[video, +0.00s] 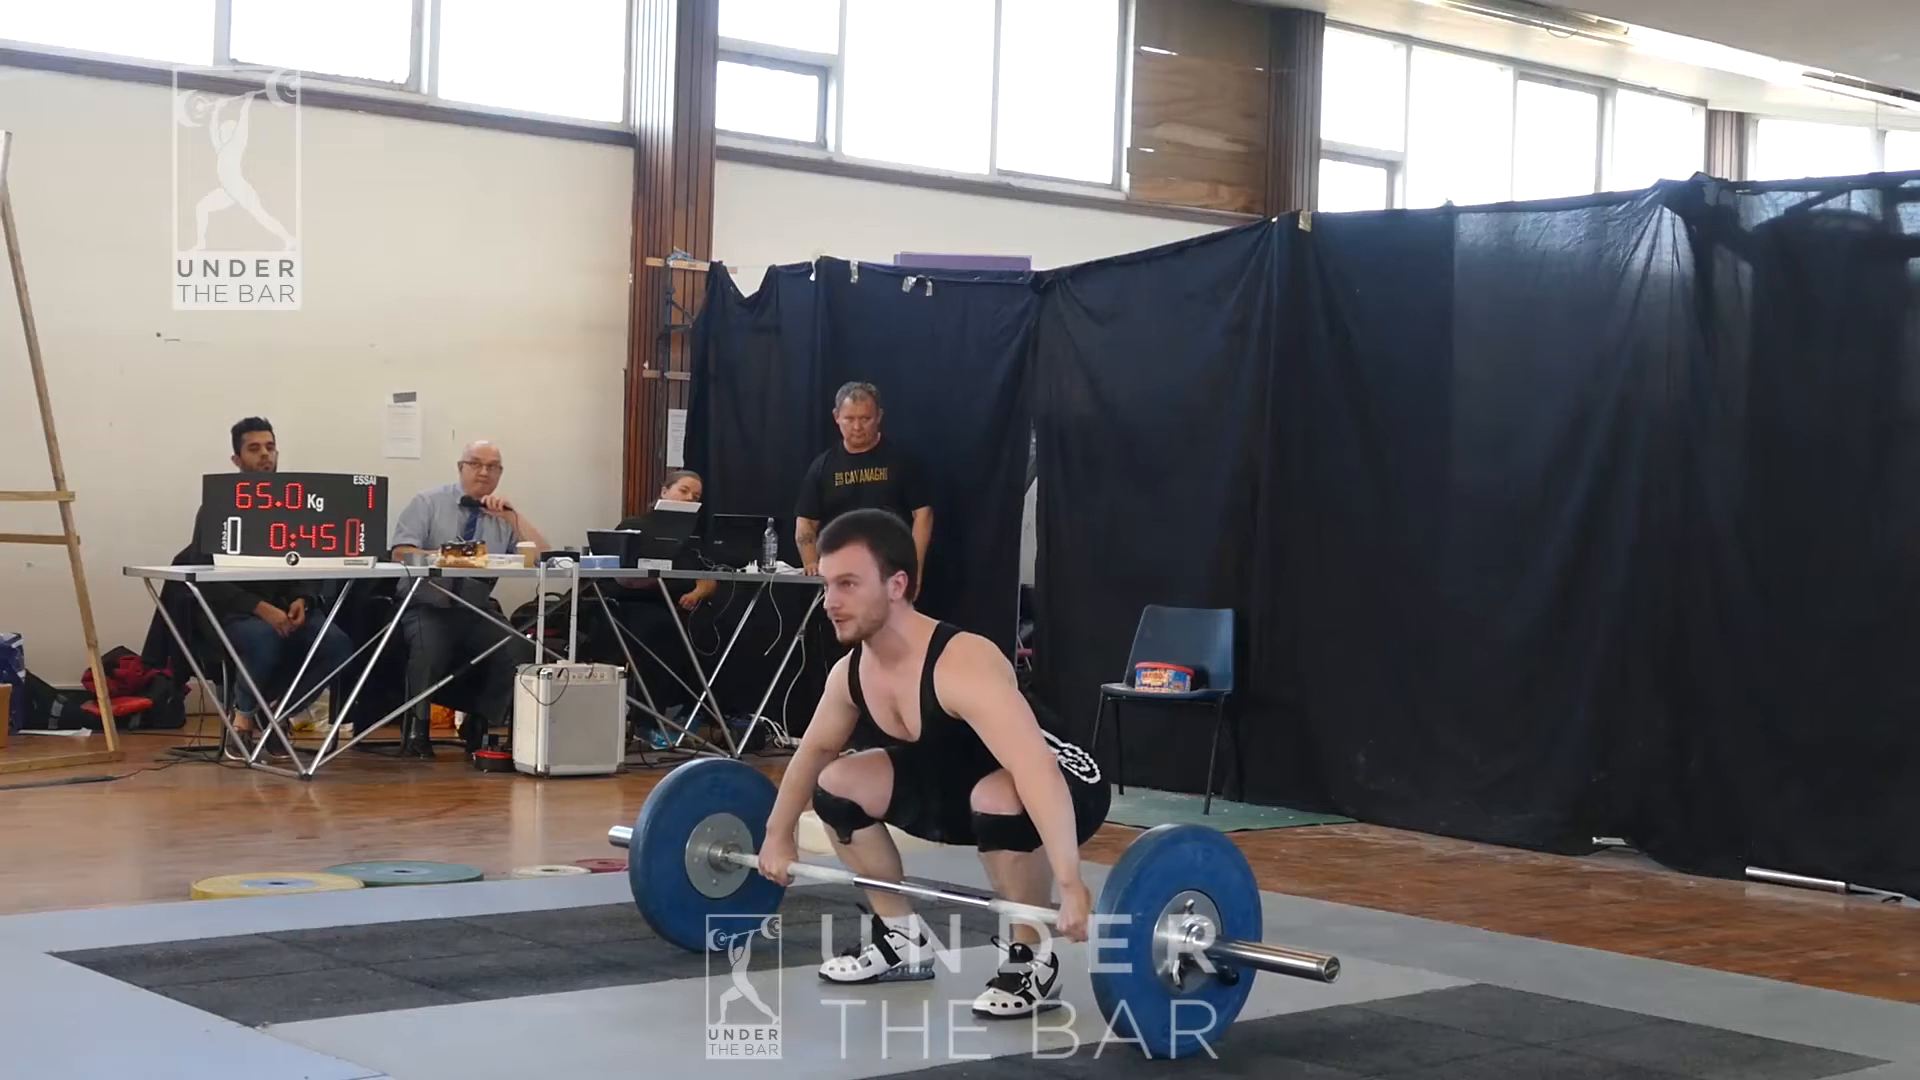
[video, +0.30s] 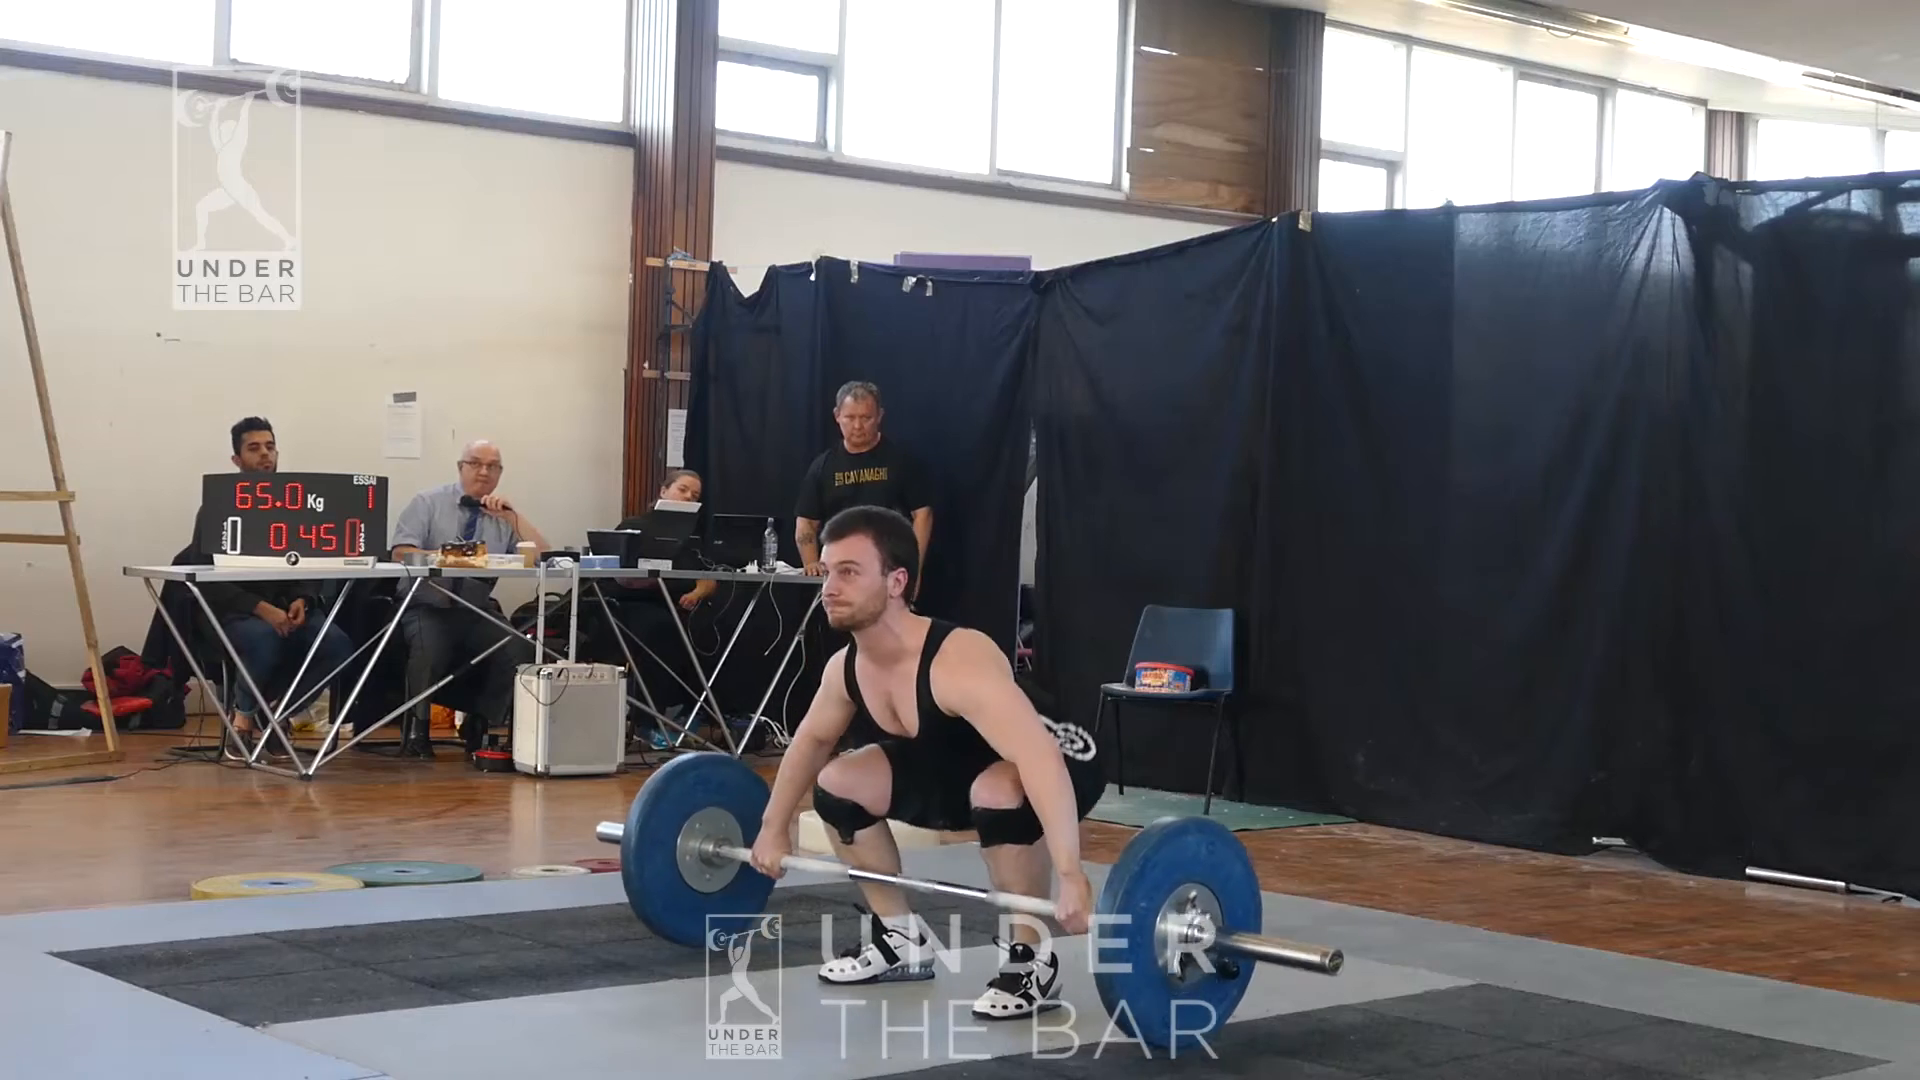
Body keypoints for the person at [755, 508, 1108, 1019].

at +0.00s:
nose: (831, 601)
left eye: (847, 584)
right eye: (826, 587)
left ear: (897, 586)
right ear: (821, 586)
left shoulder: (963, 662)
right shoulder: (848, 677)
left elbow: (1035, 765)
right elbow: (815, 751)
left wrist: (1070, 882)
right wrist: (779, 829)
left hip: (1055, 783)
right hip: (960, 782)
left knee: (995, 798)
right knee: (839, 787)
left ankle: (1030, 959)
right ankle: (902, 940)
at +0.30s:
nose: (829, 587)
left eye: (848, 572)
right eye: (826, 572)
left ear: (896, 582)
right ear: (820, 575)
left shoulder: (960, 659)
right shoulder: (844, 671)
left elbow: (1042, 758)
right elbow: (811, 742)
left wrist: (1070, 872)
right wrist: (774, 825)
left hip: (1040, 766)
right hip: (953, 768)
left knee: (997, 791)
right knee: (839, 785)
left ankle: (1029, 958)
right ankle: (900, 938)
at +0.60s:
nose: (833, 467)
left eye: (852, 455)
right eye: (830, 455)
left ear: (898, 474)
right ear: (824, 466)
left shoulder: (957, 544)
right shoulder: (845, 555)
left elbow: (1058, 616)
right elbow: (811, 616)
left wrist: (1077, 731)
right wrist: (774, 696)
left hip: (1046, 657)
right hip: (962, 664)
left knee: (1033, 769)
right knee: (884, 762)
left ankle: (1035, 956)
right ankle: (901, 937)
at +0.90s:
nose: (1006, 262)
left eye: (1028, 256)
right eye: (1005, 255)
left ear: (1065, 289)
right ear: (995, 279)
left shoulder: (1063, 365)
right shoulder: (949, 365)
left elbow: (1091, 441)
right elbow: (861, 432)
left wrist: (1070, 510)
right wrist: (764, 489)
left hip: (989, 578)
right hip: (906, 575)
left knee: (984, 739)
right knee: (877, 736)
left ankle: (1021, 934)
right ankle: (879, 913)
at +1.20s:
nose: (864, 469)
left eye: (880, 455)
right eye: (861, 457)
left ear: (928, 464)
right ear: (859, 462)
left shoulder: (967, 528)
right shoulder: (865, 524)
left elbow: (1051, 491)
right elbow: (795, 473)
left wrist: (1069, 395)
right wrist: (750, 381)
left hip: (997, 743)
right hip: (902, 747)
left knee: (974, 806)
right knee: (783, 797)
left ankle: (1004, 961)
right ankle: (863, 932)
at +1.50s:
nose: (804, 531)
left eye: (818, 517)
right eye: (800, 517)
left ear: (868, 520)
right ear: (797, 524)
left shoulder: (923, 579)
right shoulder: (823, 577)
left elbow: (1009, 537)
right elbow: (774, 509)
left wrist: (1072, 447)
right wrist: (748, 418)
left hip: (982, 767)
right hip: (886, 776)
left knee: (934, 819)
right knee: (764, 815)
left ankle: (997, 960)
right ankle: (860, 930)